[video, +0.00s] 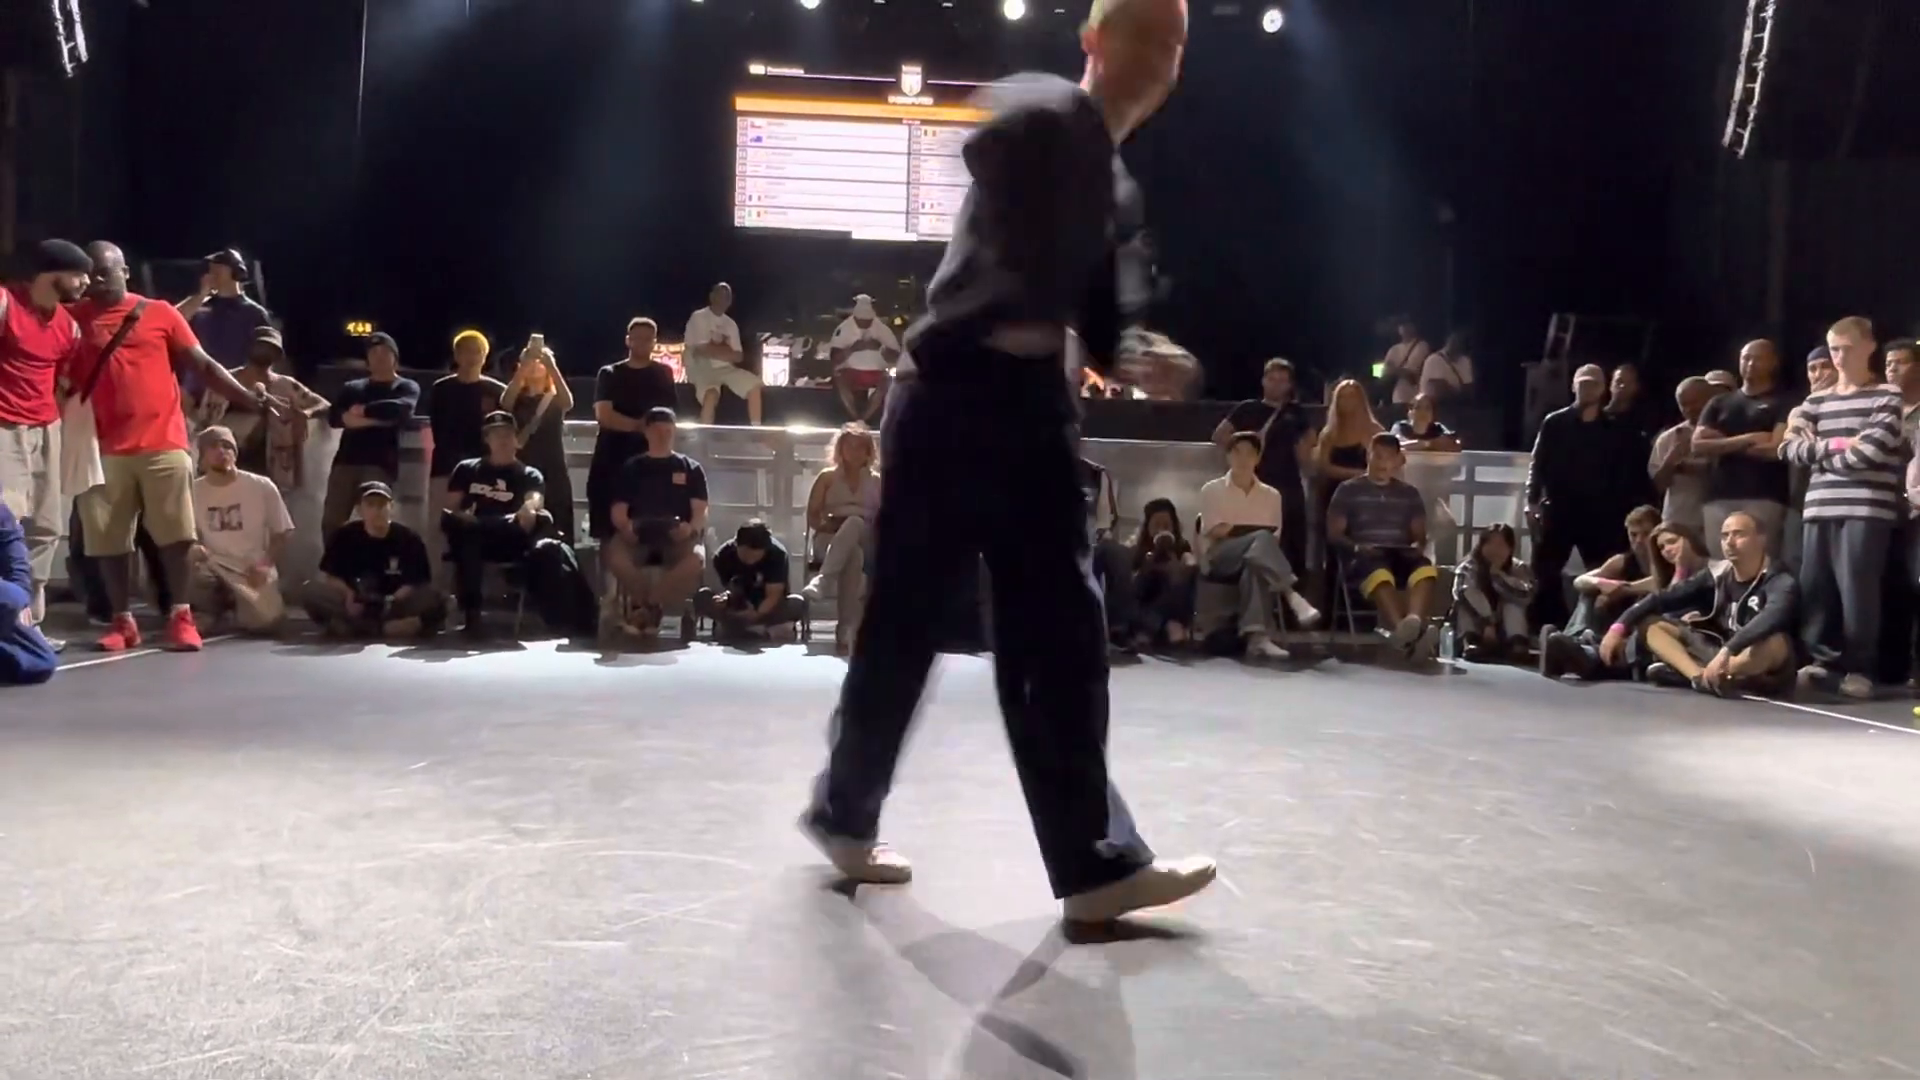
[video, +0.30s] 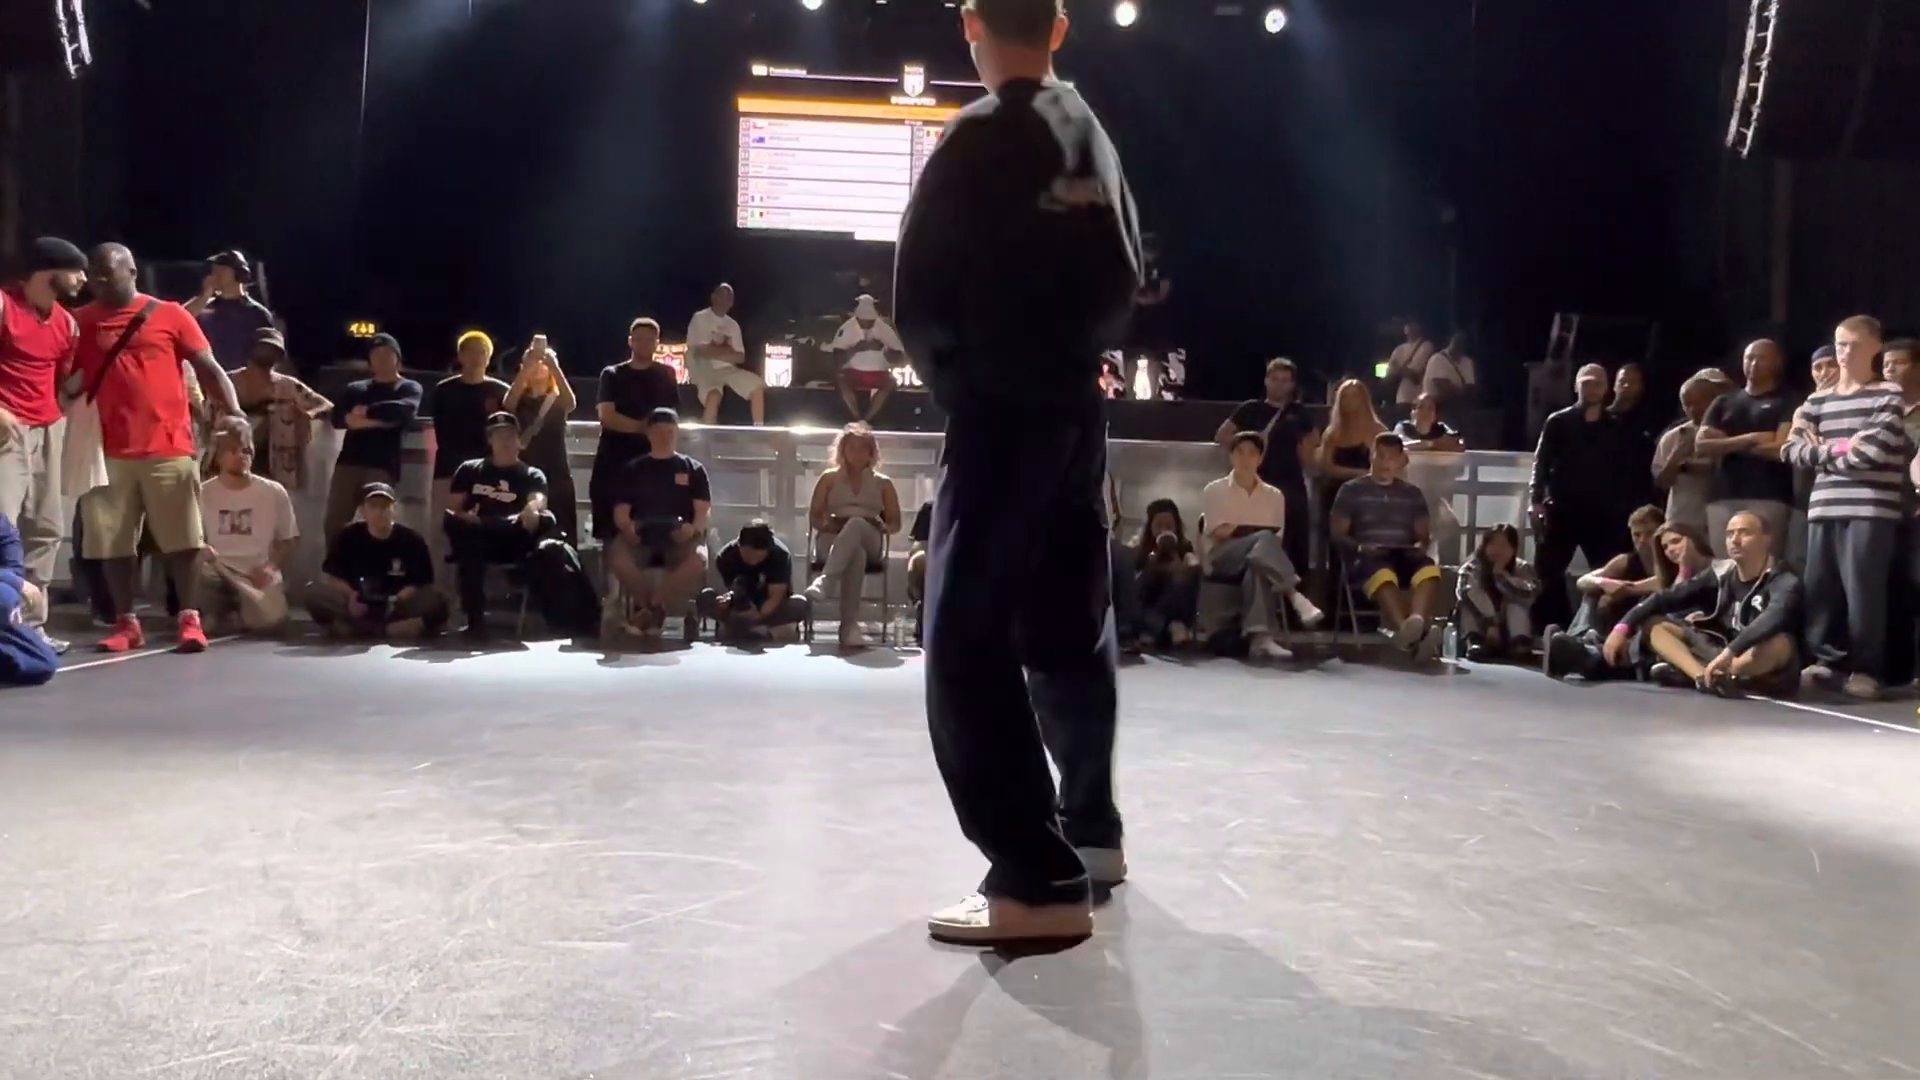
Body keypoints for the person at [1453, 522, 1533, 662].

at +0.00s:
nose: (1495, 550)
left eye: (1501, 546)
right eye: (1490, 544)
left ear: (1510, 550)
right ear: (1482, 546)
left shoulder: (1519, 568)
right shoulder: (1468, 567)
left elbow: (1526, 594)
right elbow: (1464, 592)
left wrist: (1497, 574)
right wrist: (1487, 621)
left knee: (1513, 601)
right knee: (1466, 601)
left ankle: (1518, 642)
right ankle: (1469, 641)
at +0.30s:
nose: (1497, 551)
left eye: (1504, 546)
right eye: (1492, 545)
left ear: (1513, 550)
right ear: (1485, 547)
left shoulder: (1522, 568)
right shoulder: (1471, 568)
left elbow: (1529, 593)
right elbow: (1468, 592)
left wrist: (1500, 575)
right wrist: (1490, 622)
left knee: (1515, 602)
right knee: (1468, 601)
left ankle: (1521, 642)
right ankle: (1473, 640)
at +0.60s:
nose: (1501, 549)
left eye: (1507, 544)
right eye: (1496, 543)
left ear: (1518, 549)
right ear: (1489, 546)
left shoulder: (1527, 568)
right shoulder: (1476, 567)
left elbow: (1534, 594)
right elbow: (1472, 593)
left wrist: (1505, 574)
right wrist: (1494, 621)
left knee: (1520, 603)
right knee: (1473, 603)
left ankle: (1525, 642)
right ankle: (1477, 641)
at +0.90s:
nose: (1504, 550)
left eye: (1511, 545)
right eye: (1499, 544)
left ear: (1521, 550)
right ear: (1493, 547)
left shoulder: (1531, 569)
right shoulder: (1479, 569)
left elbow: (1537, 595)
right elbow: (1475, 594)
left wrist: (1508, 575)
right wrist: (1498, 622)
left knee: (1523, 605)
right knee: (1475, 605)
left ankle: (1529, 644)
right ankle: (1480, 643)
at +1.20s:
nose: (1507, 549)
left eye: (1514, 544)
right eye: (1503, 543)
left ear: (1525, 548)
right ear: (1496, 545)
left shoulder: (1534, 567)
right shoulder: (1482, 566)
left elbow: (1541, 593)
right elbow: (1479, 591)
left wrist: (1512, 574)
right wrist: (1501, 621)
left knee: (1527, 601)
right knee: (1481, 600)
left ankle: (1532, 641)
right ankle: (1484, 640)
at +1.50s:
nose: (1513, 546)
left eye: (1520, 542)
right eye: (1508, 540)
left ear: (1530, 547)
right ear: (1501, 543)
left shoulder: (1539, 565)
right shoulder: (1488, 564)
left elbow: (1546, 591)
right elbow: (1483, 589)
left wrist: (1517, 573)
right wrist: (1506, 619)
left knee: (1532, 599)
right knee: (1486, 597)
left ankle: (1536, 638)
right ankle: (1488, 638)